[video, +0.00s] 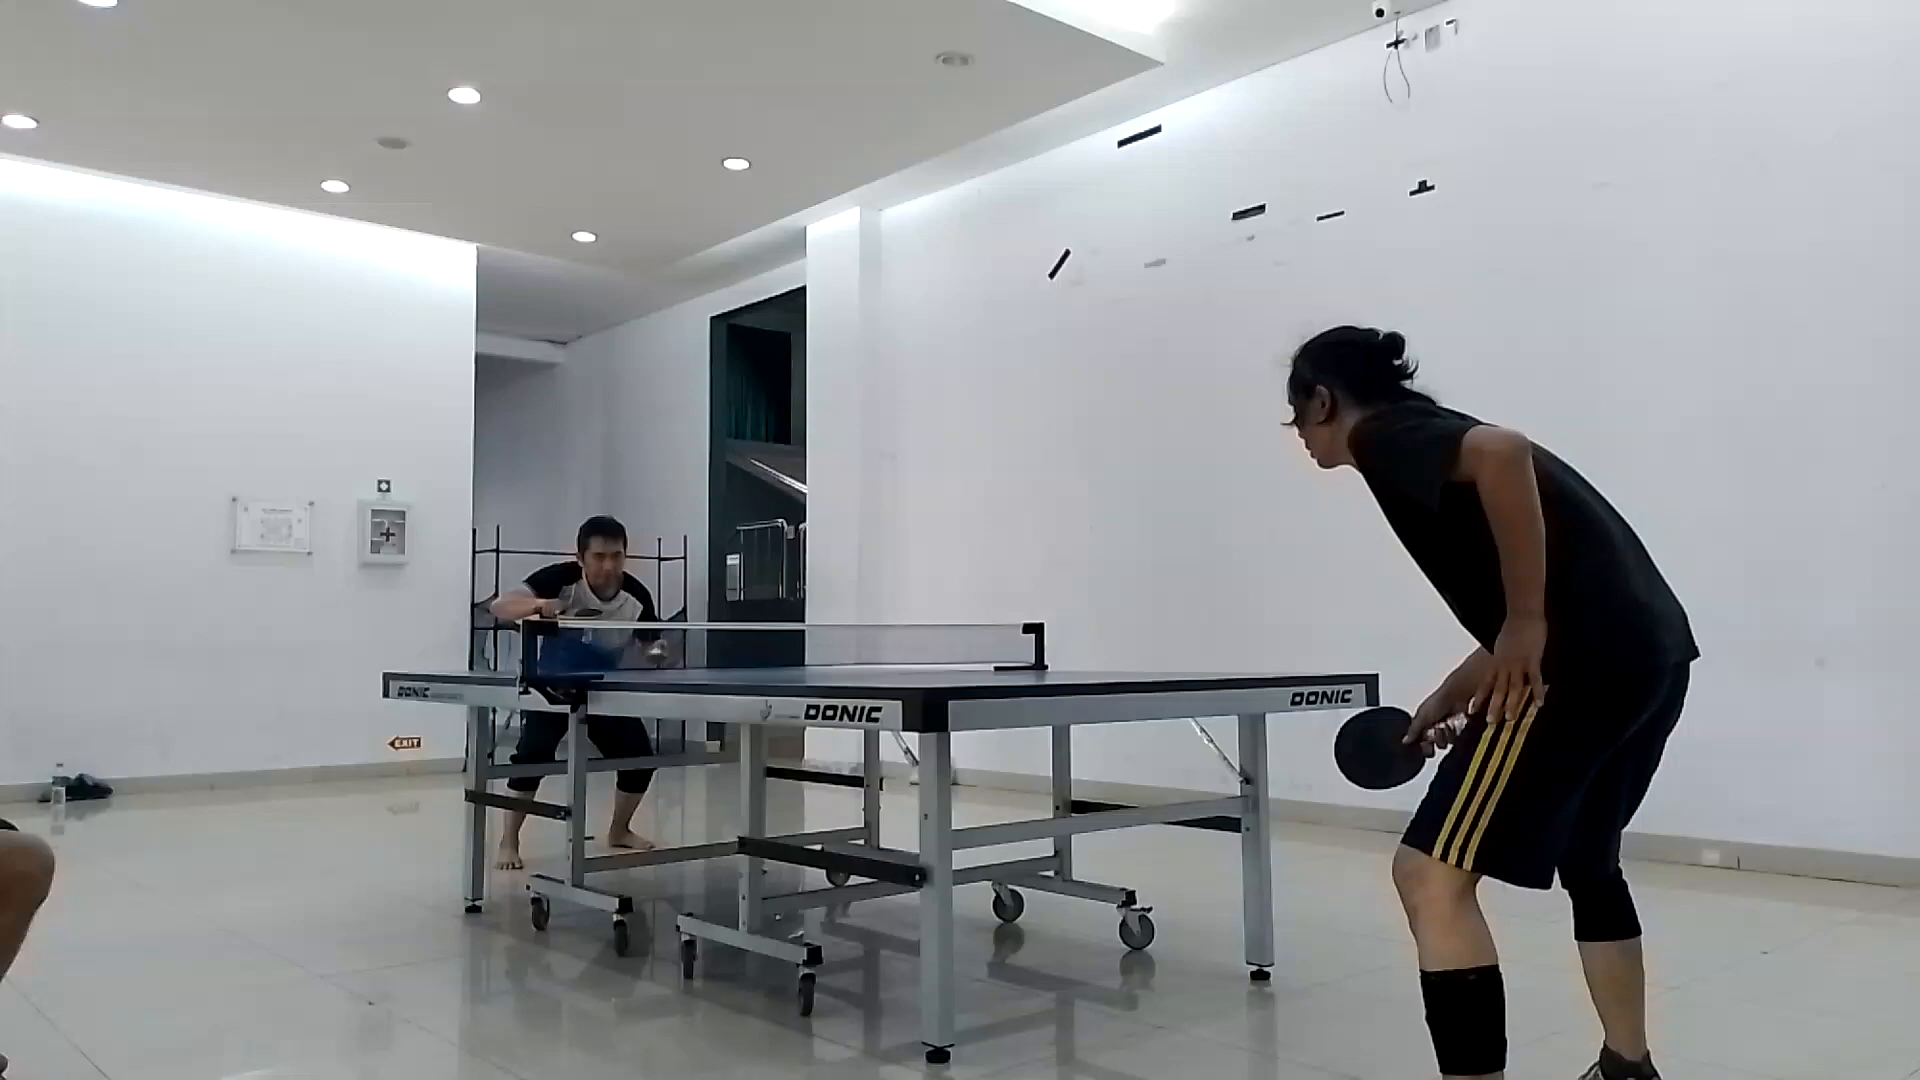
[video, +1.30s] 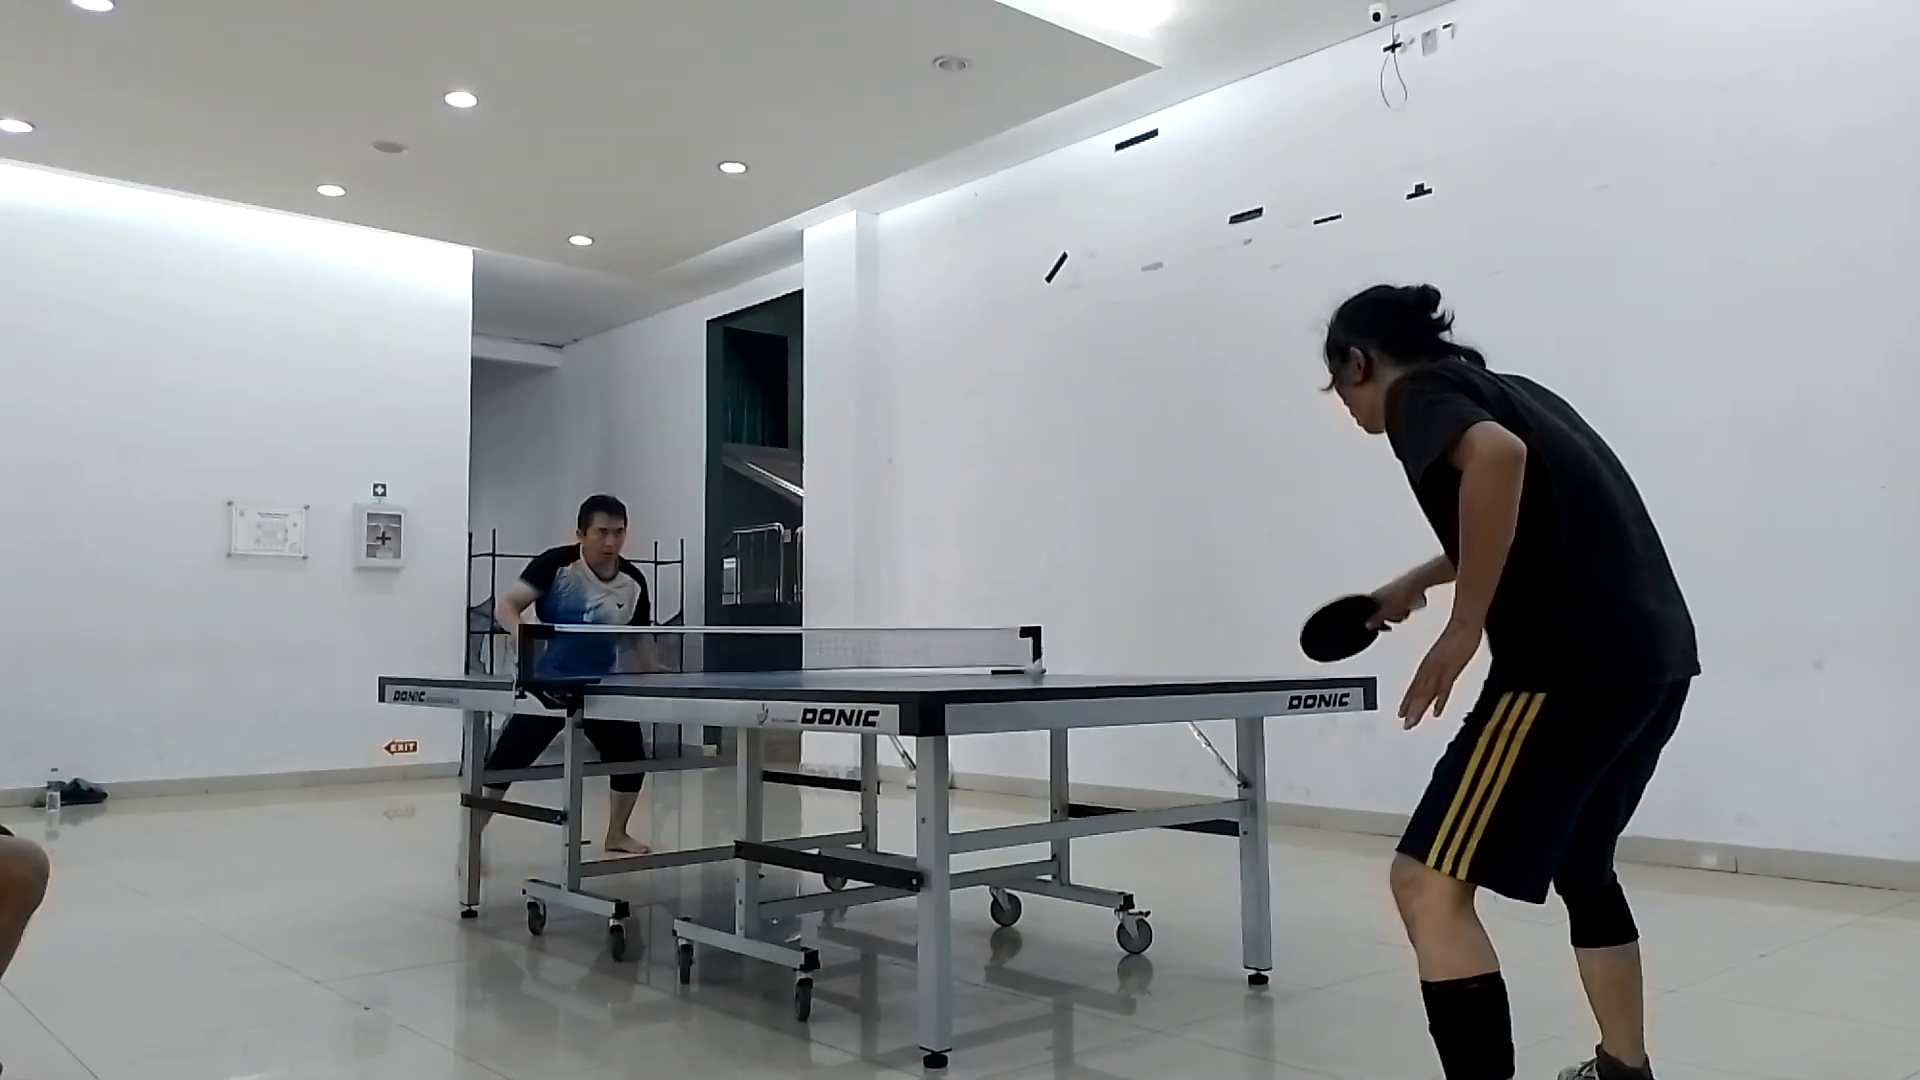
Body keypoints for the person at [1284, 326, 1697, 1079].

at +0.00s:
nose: (1299, 434)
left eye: (1298, 414)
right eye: (1296, 418)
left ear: (1325, 398)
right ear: (1380, 389)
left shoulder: (1383, 434)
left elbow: (1502, 449)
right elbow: (1545, 598)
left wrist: (1520, 619)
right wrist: (1449, 697)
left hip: (1579, 655)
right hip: (1652, 654)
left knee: (1430, 874)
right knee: (1589, 855)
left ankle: (1473, 1071)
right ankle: (1629, 1064)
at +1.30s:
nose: (1348, 407)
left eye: (1343, 386)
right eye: (1340, 392)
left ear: (1367, 360)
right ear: (1426, 346)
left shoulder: (1418, 393)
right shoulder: (1506, 392)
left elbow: (1498, 454)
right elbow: (1529, 527)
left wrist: (1461, 633)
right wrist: (1418, 581)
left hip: (1566, 662)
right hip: (1653, 655)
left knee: (1428, 882)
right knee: (1582, 861)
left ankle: (1481, 1077)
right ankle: (1626, 1067)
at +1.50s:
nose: (1372, 433)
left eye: (1370, 412)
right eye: (1365, 417)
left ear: (1397, 391)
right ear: (1422, 384)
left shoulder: (1468, 404)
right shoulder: (1491, 432)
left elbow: (1565, 435)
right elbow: (1460, 514)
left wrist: (1533, 600)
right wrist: (1350, 551)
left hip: (1629, 663)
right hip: (1688, 659)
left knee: (1503, 873)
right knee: (1595, 866)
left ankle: (1508, 1071)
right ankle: (1623, 1064)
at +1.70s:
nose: (1402, 448)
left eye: (1404, 428)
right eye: (1400, 432)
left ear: (1436, 422)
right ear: (1455, 422)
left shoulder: (1533, 440)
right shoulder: (1489, 509)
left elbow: (1670, 442)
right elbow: (1394, 551)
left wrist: (1635, 589)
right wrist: (1283, 570)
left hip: (1708, 664)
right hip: (1685, 672)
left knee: (1585, 861)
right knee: (1603, 862)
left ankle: (1606, 1067)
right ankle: (1619, 1063)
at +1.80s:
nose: (1422, 441)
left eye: (1421, 422)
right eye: (1418, 425)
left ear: (1453, 406)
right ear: (1469, 408)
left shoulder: (1550, 433)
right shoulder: (1525, 498)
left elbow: (1684, 449)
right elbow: (1474, 587)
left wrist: (1653, 599)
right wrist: (1339, 597)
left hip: (1734, 652)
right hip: (1693, 661)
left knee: (1628, 860)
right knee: (1604, 843)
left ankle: (1715, 1071)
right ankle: (1623, 1062)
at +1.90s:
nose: (1445, 412)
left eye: (1448, 391)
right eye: (1443, 394)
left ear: (1483, 381)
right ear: (1499, 382)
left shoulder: (1569, 416)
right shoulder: (1559, 464)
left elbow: (1690, 451)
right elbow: (1593, 600)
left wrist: (1637, 608)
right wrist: (1448, 640)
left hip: (1753, 656)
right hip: (1707, 667)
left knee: (1676, 883)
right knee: (1624, 835)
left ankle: (1834, 1070)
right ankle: (1623, 1060)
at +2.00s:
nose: (1476, 386)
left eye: (1479, 365)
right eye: (1474, 368)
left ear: (1513, 351)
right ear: (1532, 352)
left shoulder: (1594, 395)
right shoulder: (1588, 428)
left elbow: (1701, 444)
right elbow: (1667, 585)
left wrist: (1622, 616)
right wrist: (1570, 665)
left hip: (1783, 659)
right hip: (1741, 668)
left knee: (1757, 918)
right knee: (1677, 842)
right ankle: (1634, 1057)